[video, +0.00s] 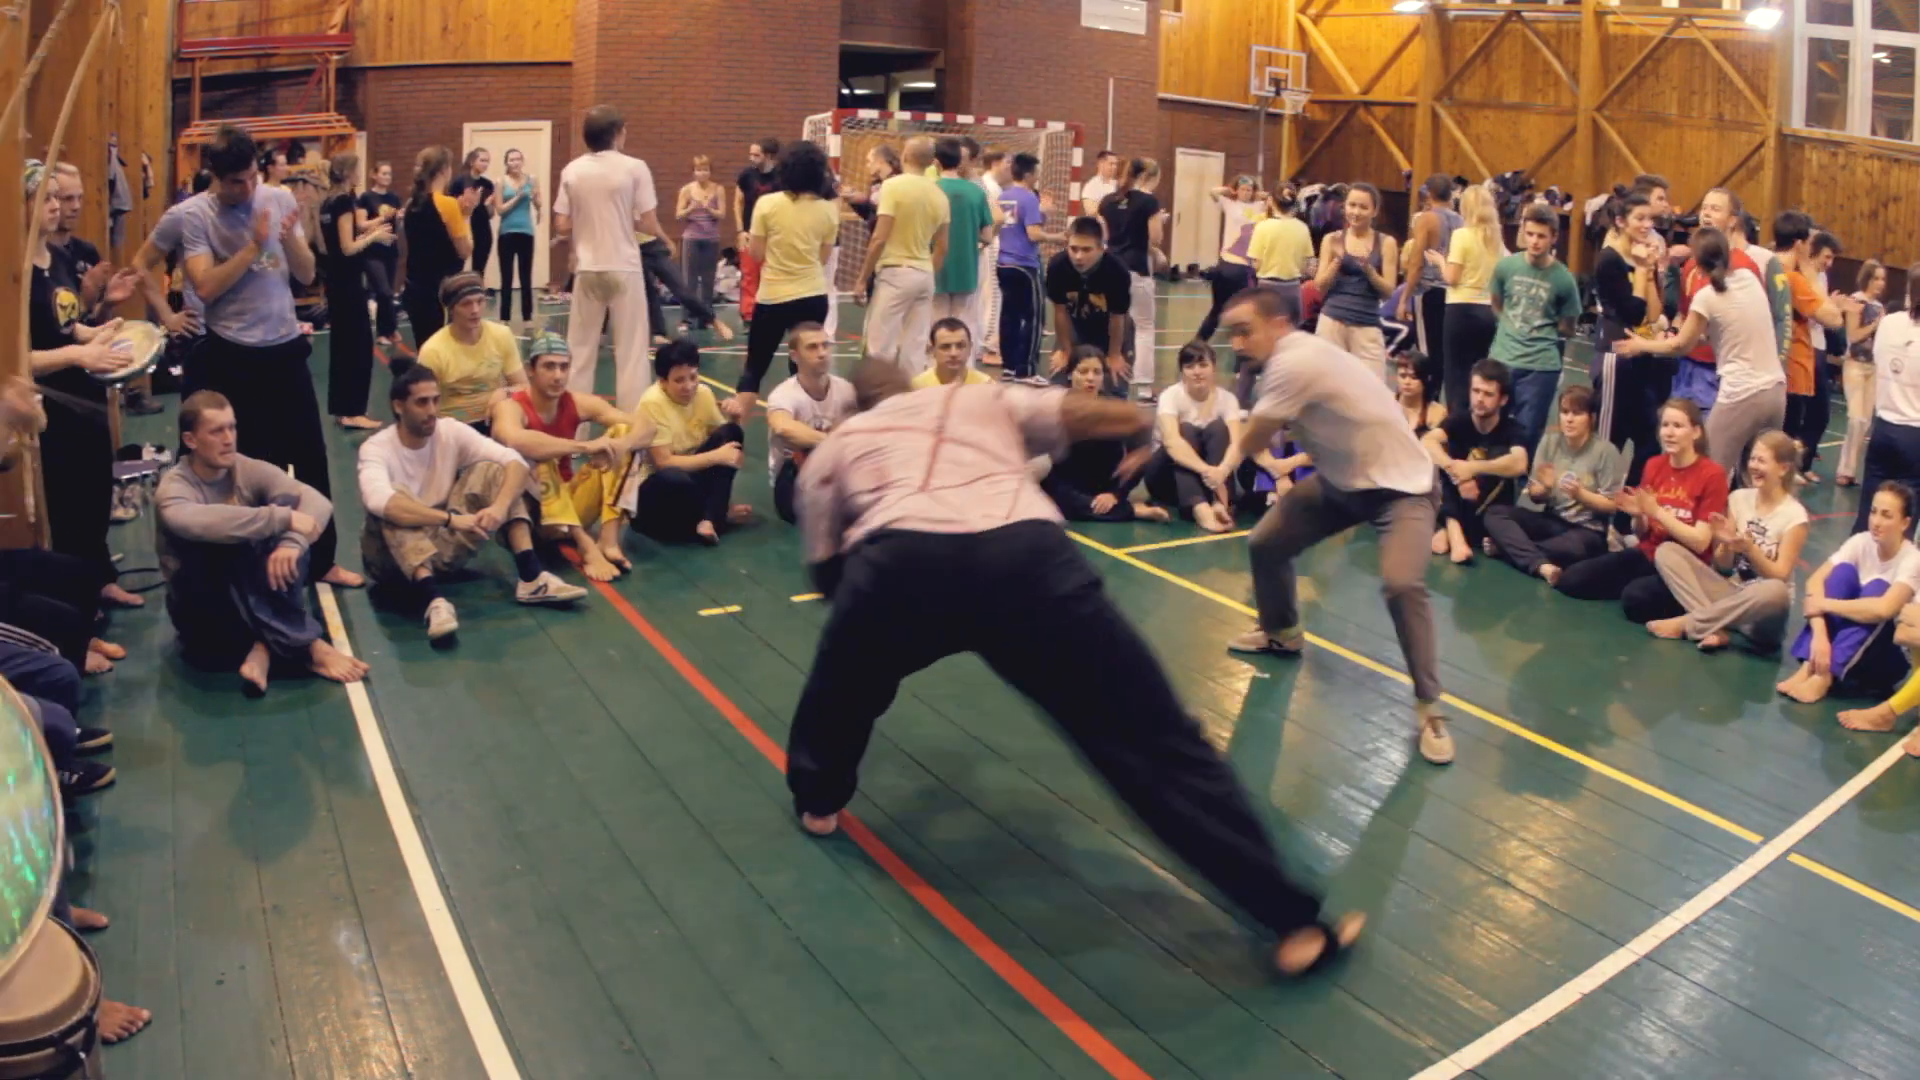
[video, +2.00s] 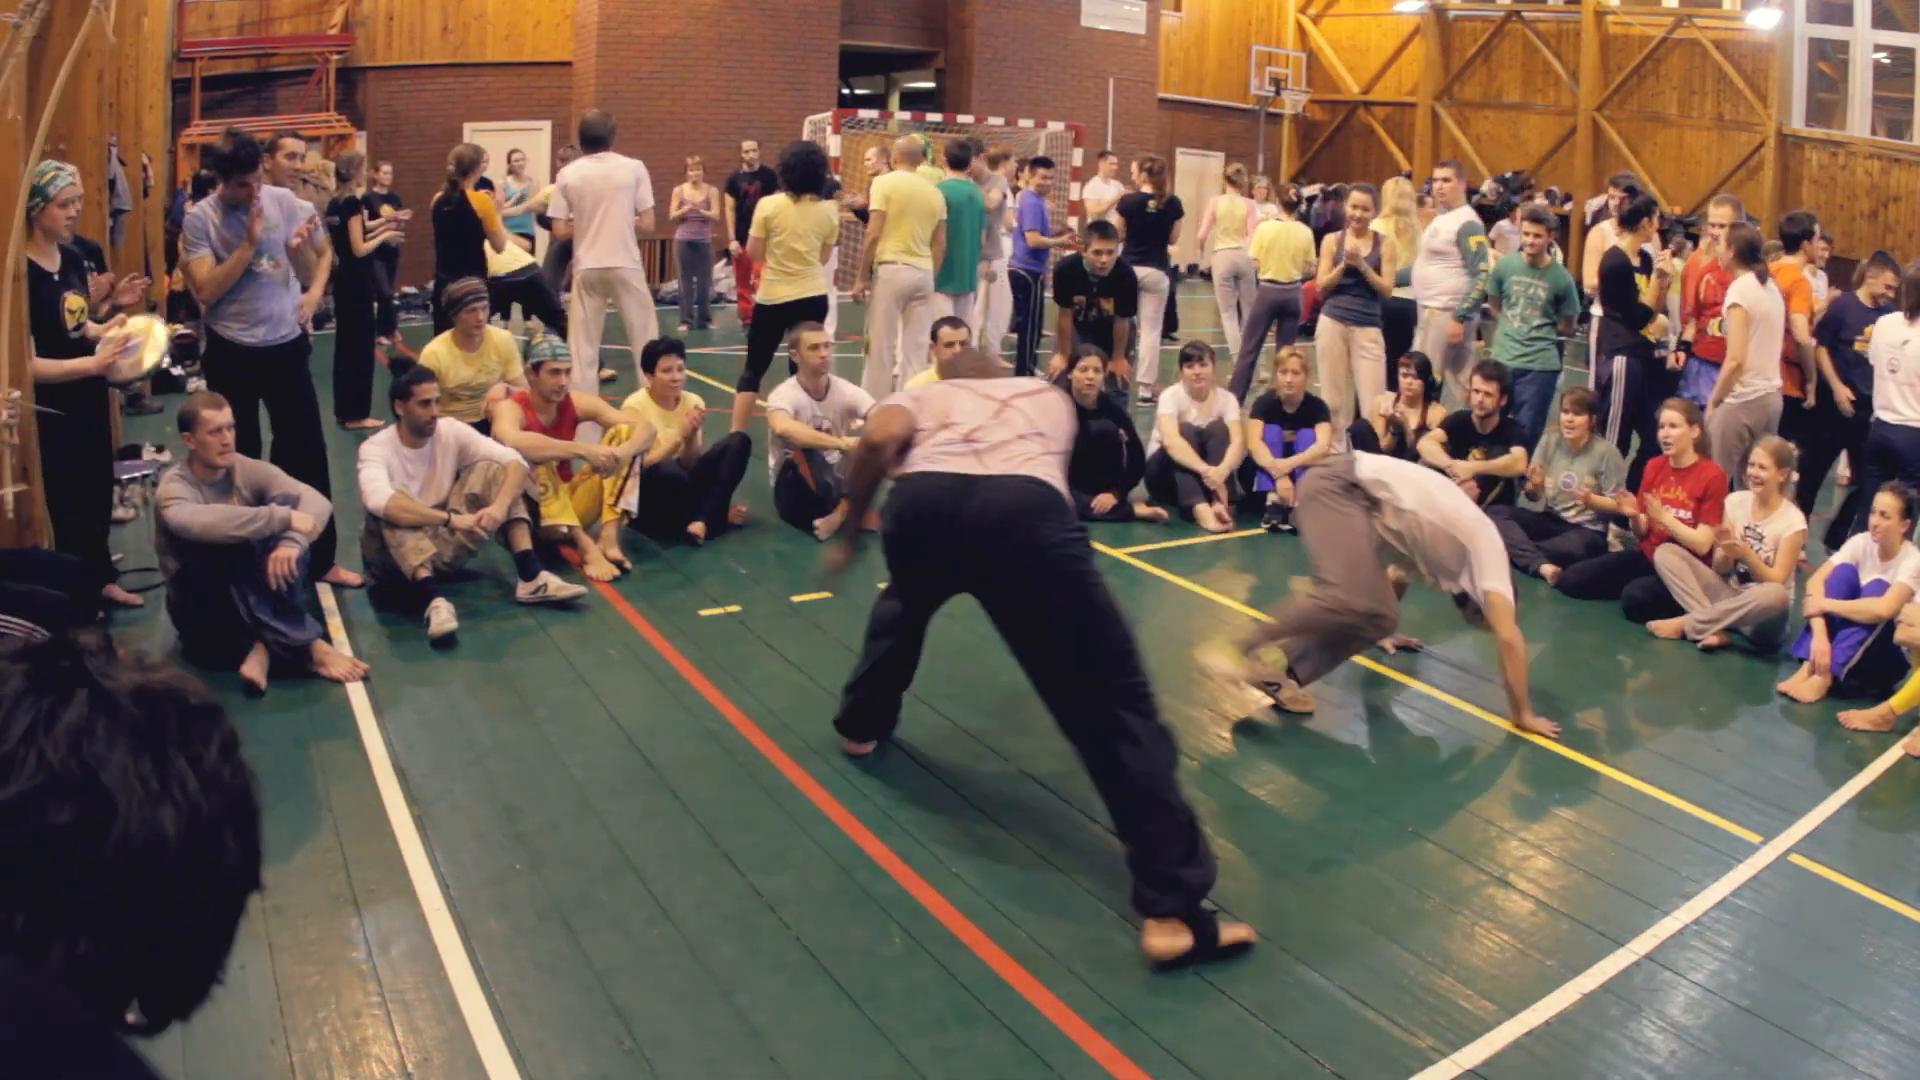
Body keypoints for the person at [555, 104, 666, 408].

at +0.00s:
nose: (625, 135)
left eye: (623, 130)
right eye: (623, 130)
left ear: (589, 136)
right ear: (617, 134)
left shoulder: (572, 170)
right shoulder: (634, 167)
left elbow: (562, 226)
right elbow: (647, 222)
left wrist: (586, 228)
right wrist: (665, 239)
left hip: (586, 268)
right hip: (625, 267)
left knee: (580, 348)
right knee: (631, 348)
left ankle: (573, 424)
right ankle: (633, 425)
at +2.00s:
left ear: (580, 139)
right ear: (613, 137)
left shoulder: (568, 174)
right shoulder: (634, 168)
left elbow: (559, 230)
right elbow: (647, 223)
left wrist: (588, 227)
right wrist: (620, 225)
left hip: (587, 265)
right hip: (625, 263)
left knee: (583, 342)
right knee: (644, 334)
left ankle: (583, 412)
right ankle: (653, 404)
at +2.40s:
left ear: (624, 142)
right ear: (656, 142)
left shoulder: (609, 172)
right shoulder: (675, 173)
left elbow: (589, 220)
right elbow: (689, 227)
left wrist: (614, 239)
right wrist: (662, 238)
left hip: (624, 266)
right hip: (664, 265)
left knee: (605, 347)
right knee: (679, 342)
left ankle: (590, 425)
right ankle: (689, 415)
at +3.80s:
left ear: (613, 139)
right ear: (644, 138)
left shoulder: (602, 168)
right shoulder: (666, 168)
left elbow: (572, 205)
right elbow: (672, 224)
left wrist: (569, 252)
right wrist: (655, 247)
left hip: (621, 265)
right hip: (660, 262)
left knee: (616, 344)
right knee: (670, 341)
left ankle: (618, 418)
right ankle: (673, 414)